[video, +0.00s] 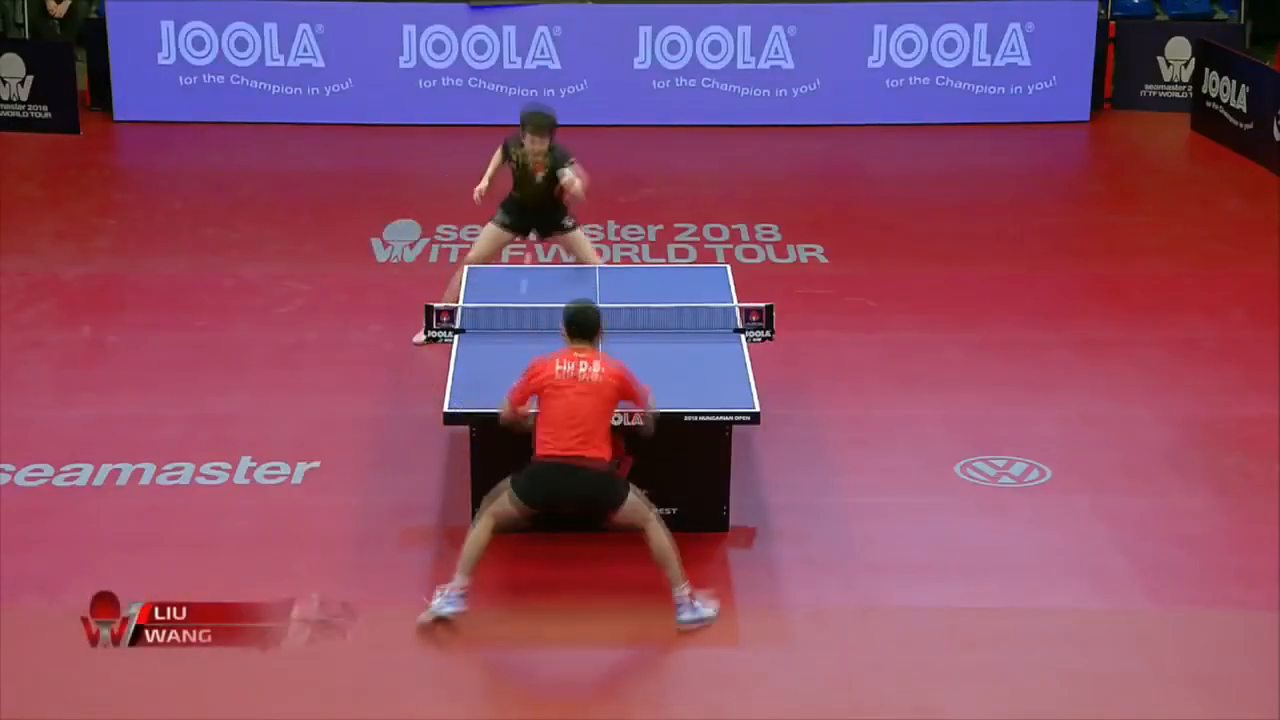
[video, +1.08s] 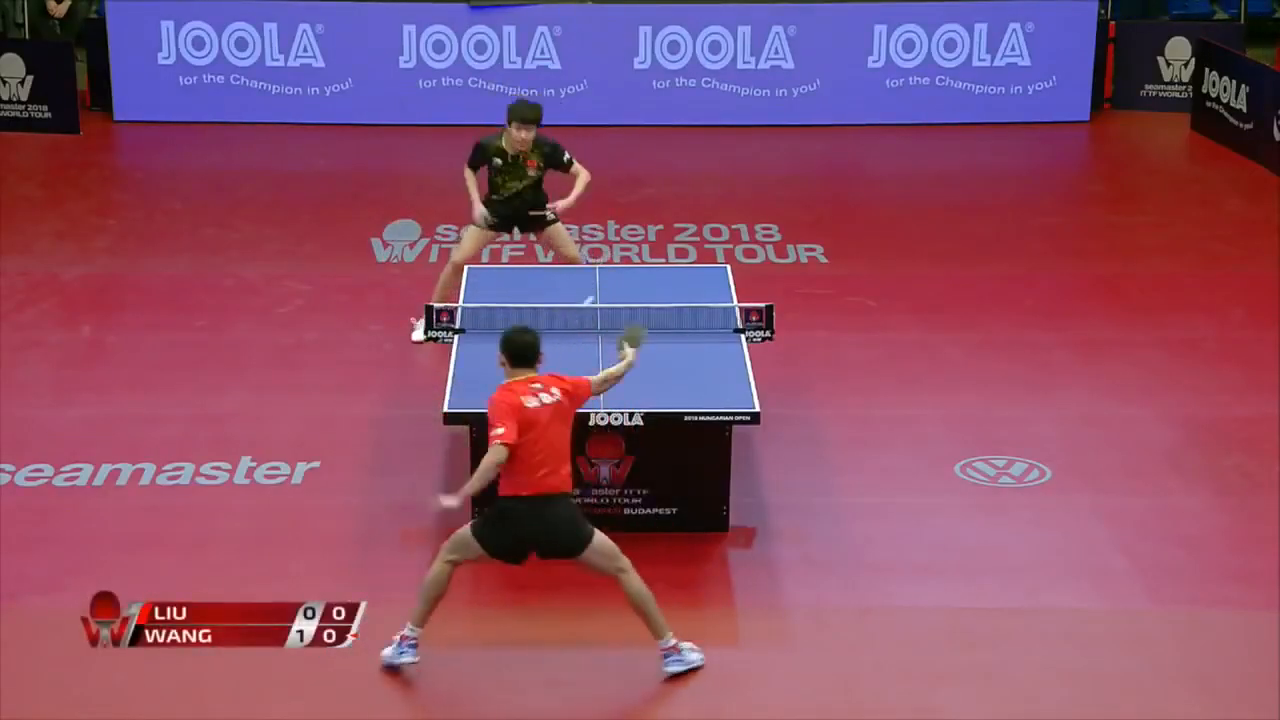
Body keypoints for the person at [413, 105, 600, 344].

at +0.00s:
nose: (536, 145)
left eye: (541, 140)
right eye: (532, 139)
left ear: (550, 138)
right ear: (523, 135)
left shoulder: (558, 155)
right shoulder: (512, 146)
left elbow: (575, 183)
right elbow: (501, 154)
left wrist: (574, 186)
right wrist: (485, 181)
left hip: (553, 214)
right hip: (516, 211)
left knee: (594, 264)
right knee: (473, 260)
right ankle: (437, 322)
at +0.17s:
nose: (544, 131)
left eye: (548, 125)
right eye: (538, 125)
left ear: (555, 125)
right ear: (527, 124)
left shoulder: (566, 145)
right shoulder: (515, 141)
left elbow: (606, 167)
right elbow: (501, 154)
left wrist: (590, 178)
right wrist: (488, 186)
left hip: (561, 208)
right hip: (524, 206)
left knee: (594, 259)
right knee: (482, 259)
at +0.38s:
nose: (548, 142)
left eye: (554, 136)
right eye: (544, 135)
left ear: (563, 136)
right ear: (535, 133)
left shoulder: (577, 154)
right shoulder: (519, 150)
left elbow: (614, 178)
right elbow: (504, 168)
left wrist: (597, 207)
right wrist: (499, 209)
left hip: (565, 215)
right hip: (525, 215)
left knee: (606, 258)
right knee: (484, 260)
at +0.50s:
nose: (544, 169)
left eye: (550, 164)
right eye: (541, 163)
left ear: (560, 164)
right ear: (534, 160)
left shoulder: (575, 181)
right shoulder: (520, 176)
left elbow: (608, 208)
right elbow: (494, 202)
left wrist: (584, 235)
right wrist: (507, 225)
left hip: (565, 232)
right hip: (527, 230)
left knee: (610, 267)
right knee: (485, 263)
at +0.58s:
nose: (535, 170)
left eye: (541, 165)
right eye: (531, 163)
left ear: (550, 163)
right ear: (524, 159)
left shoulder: (563, 178)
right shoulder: (514, 170)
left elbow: (591, 209)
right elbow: (485, 196)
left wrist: (565, 226)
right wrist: (504, 198)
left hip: (557, 232)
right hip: (519, 229)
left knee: (601, 265)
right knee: (470, 258)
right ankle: (452, 309)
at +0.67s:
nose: (525, 145)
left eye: (531, 140)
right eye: (521, 140)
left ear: (540, 137)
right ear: (513, 134)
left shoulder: (547, 149)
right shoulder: (503, 145)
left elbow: (553, 166)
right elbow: (477, 154)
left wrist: (560, 179)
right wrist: (475, 171)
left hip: (541, 211)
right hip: (505, 208)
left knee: (585, 258)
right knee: (457, 249)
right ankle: (447, 308)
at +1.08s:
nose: (524, 135)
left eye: (529, 130)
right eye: (519, 129)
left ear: (536, 129)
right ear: (508, 126)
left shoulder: (547, 149)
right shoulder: (489, 147)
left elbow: (583, 174)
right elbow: (469, 170)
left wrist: (569, 201)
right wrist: (477, 204)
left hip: (535, 211)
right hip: (497, 211)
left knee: (574, 259)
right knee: (457, 261)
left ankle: (593, 317)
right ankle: (431, 318)